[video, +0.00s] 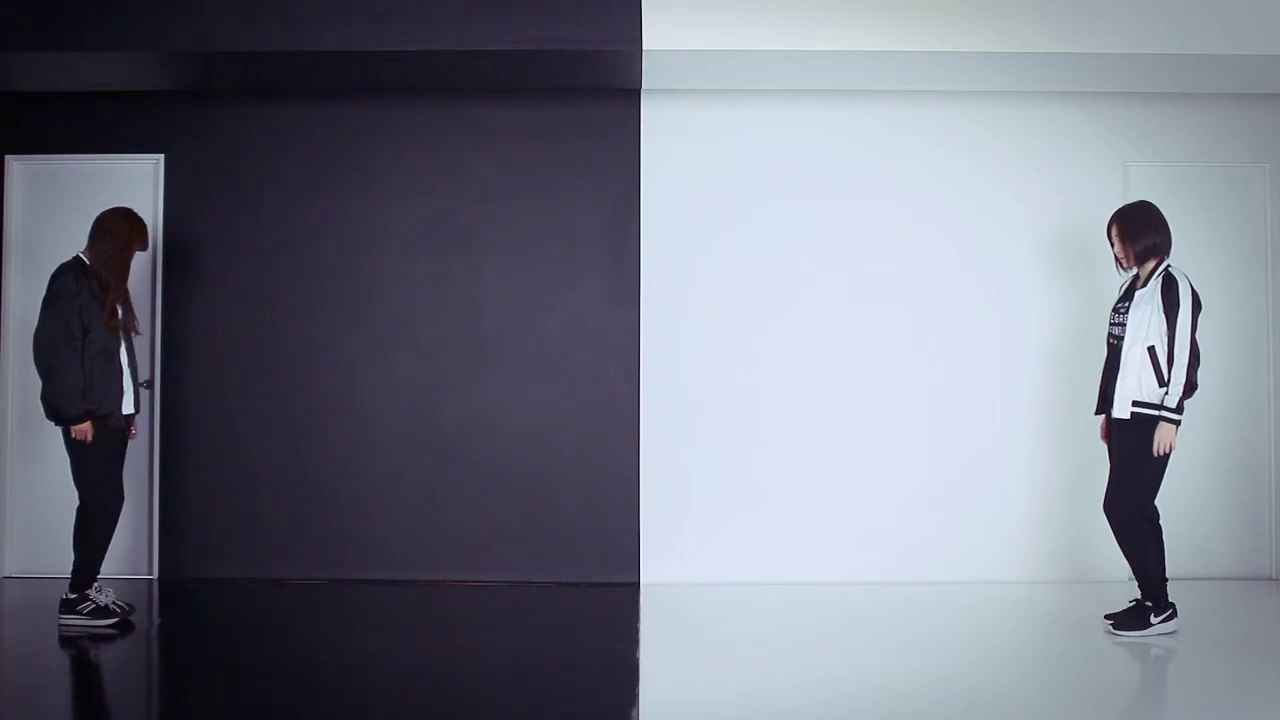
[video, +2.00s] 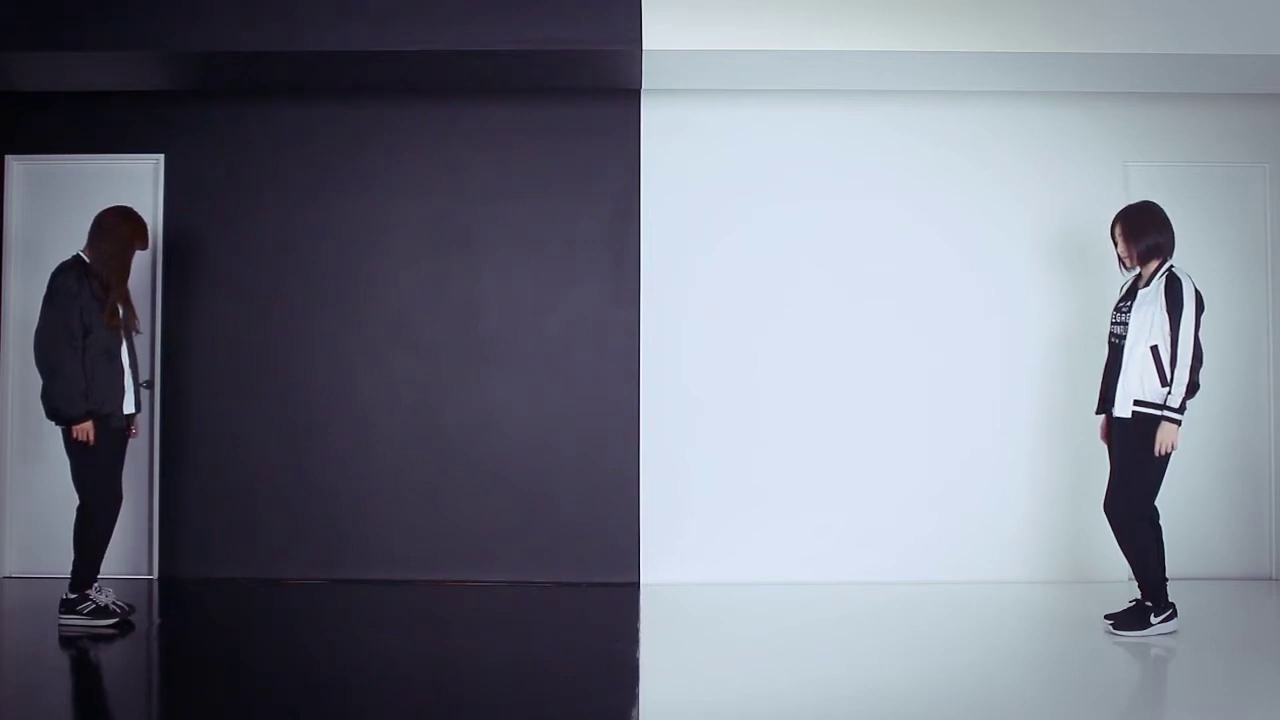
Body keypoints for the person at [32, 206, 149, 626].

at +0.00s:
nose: (131, 260)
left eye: (134, 252)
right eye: (130, 251)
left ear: (108, 242)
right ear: (113, 245)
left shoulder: (108, 284)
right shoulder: (70, 279)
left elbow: (118, 354)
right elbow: (54, 349)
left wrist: (128, 410)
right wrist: (74, 412)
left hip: (112, 415)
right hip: (87, 417)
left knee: (108, 499)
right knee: (100, 500)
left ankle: (86, 590)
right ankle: (78, 596)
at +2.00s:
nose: (132, 259)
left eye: (135, 251)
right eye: (130, 250)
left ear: (108, 240)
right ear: (113, 244)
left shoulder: (109, 283)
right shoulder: (71, 278)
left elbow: (119, 354)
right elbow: (56, 349)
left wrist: (130, 410)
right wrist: (76, 412)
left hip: (112, 415)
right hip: (86, 416)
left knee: (108, 499)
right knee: (98, 501)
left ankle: (86, 590)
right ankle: (77, 597)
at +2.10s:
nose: (132, 259)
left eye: (135, 251)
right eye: (130, 250)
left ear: (107, 240)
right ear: (113, 244)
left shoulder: (109, 283)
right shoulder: (70, 278)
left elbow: (118, 353)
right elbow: (55, 349)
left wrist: (129, 410)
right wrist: (76, 412)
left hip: (112, 415)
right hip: (86, 416)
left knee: (107, 500)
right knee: (98, 501)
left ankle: (86, 590)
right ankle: (77, 597)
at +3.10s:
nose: (142, 257)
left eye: (144, 249)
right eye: (140, 248)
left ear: (116, 238)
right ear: (124, 242)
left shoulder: (120, 283)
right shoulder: (81, 279)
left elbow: (126, 355)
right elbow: (64, 349)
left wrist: (134, 411)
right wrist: (81, 411)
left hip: (117, 415)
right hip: (91, 416)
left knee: (111, 500)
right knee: (101, 501)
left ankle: (86, 589)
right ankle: (78, 596)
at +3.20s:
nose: (146, 256)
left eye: (148, 248)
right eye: (144, 247)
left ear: (121, 239)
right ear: (127, 242)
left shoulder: (127, 285)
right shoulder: (86, 279)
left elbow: (132, 357)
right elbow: (68, 349)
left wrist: (139, 412)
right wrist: (86, 412)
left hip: (121, 416)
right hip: (95, 417)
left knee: (115, 500)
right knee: (106, 500)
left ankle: (87, 589)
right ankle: (79, 595)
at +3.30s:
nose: (151, 255)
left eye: (153, 247)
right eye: (148, 246)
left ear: (124, 239)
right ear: (131, 242)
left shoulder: (126, 286)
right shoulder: (92, 280)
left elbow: (127, 359)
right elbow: (73, 351)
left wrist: (138, 415)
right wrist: (92, 413)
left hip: (119, 417)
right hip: (100, 418)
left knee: (103, 501)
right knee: (133, 496)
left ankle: (88, 591)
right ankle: (86, 587)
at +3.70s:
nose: (183, 258)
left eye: (184, 249)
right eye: (179, 248)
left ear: (154, 243)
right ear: (161, 246)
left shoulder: (155, 287)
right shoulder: (125, 285)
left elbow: (152, 359)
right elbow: (109, 354)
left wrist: (166, 417)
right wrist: (123, 418)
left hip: (150, 422)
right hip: (138, 423)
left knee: (111, 512)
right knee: (183, 499)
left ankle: (85, 594)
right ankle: (225, 581)